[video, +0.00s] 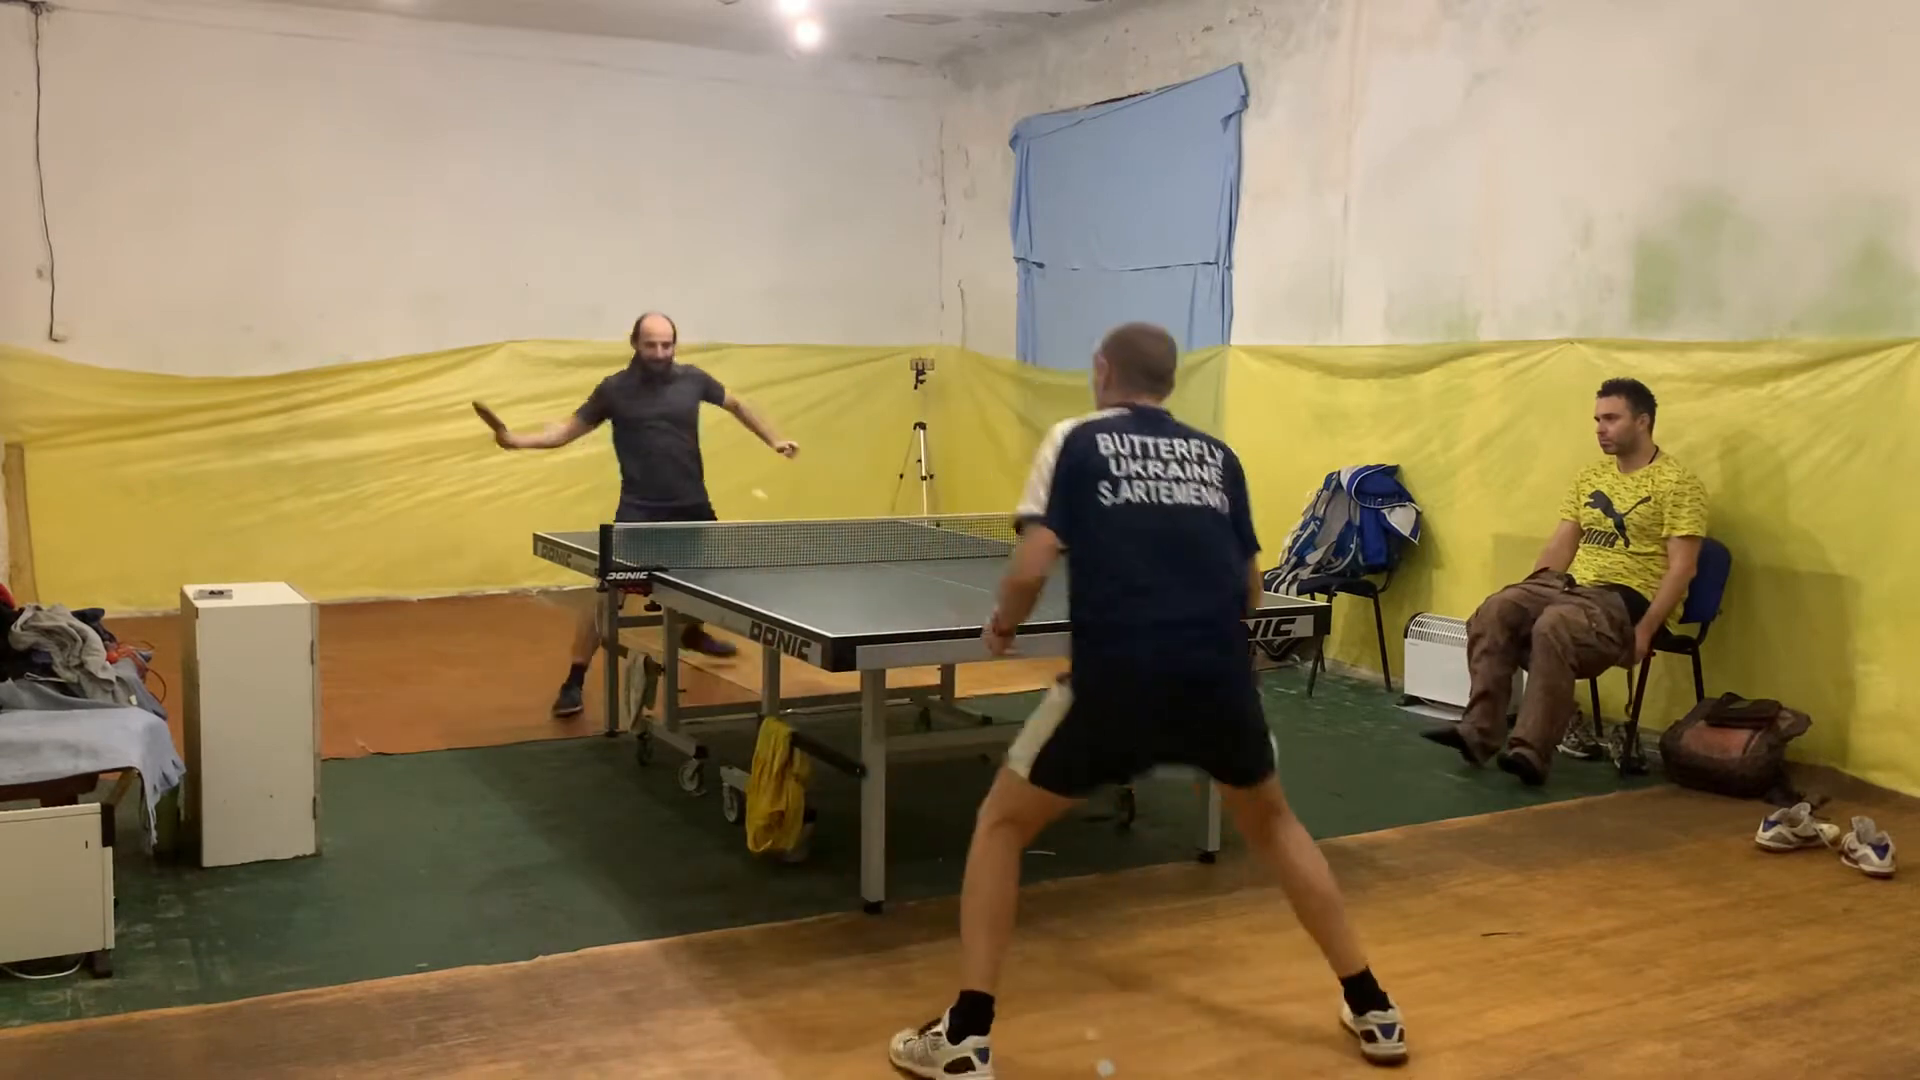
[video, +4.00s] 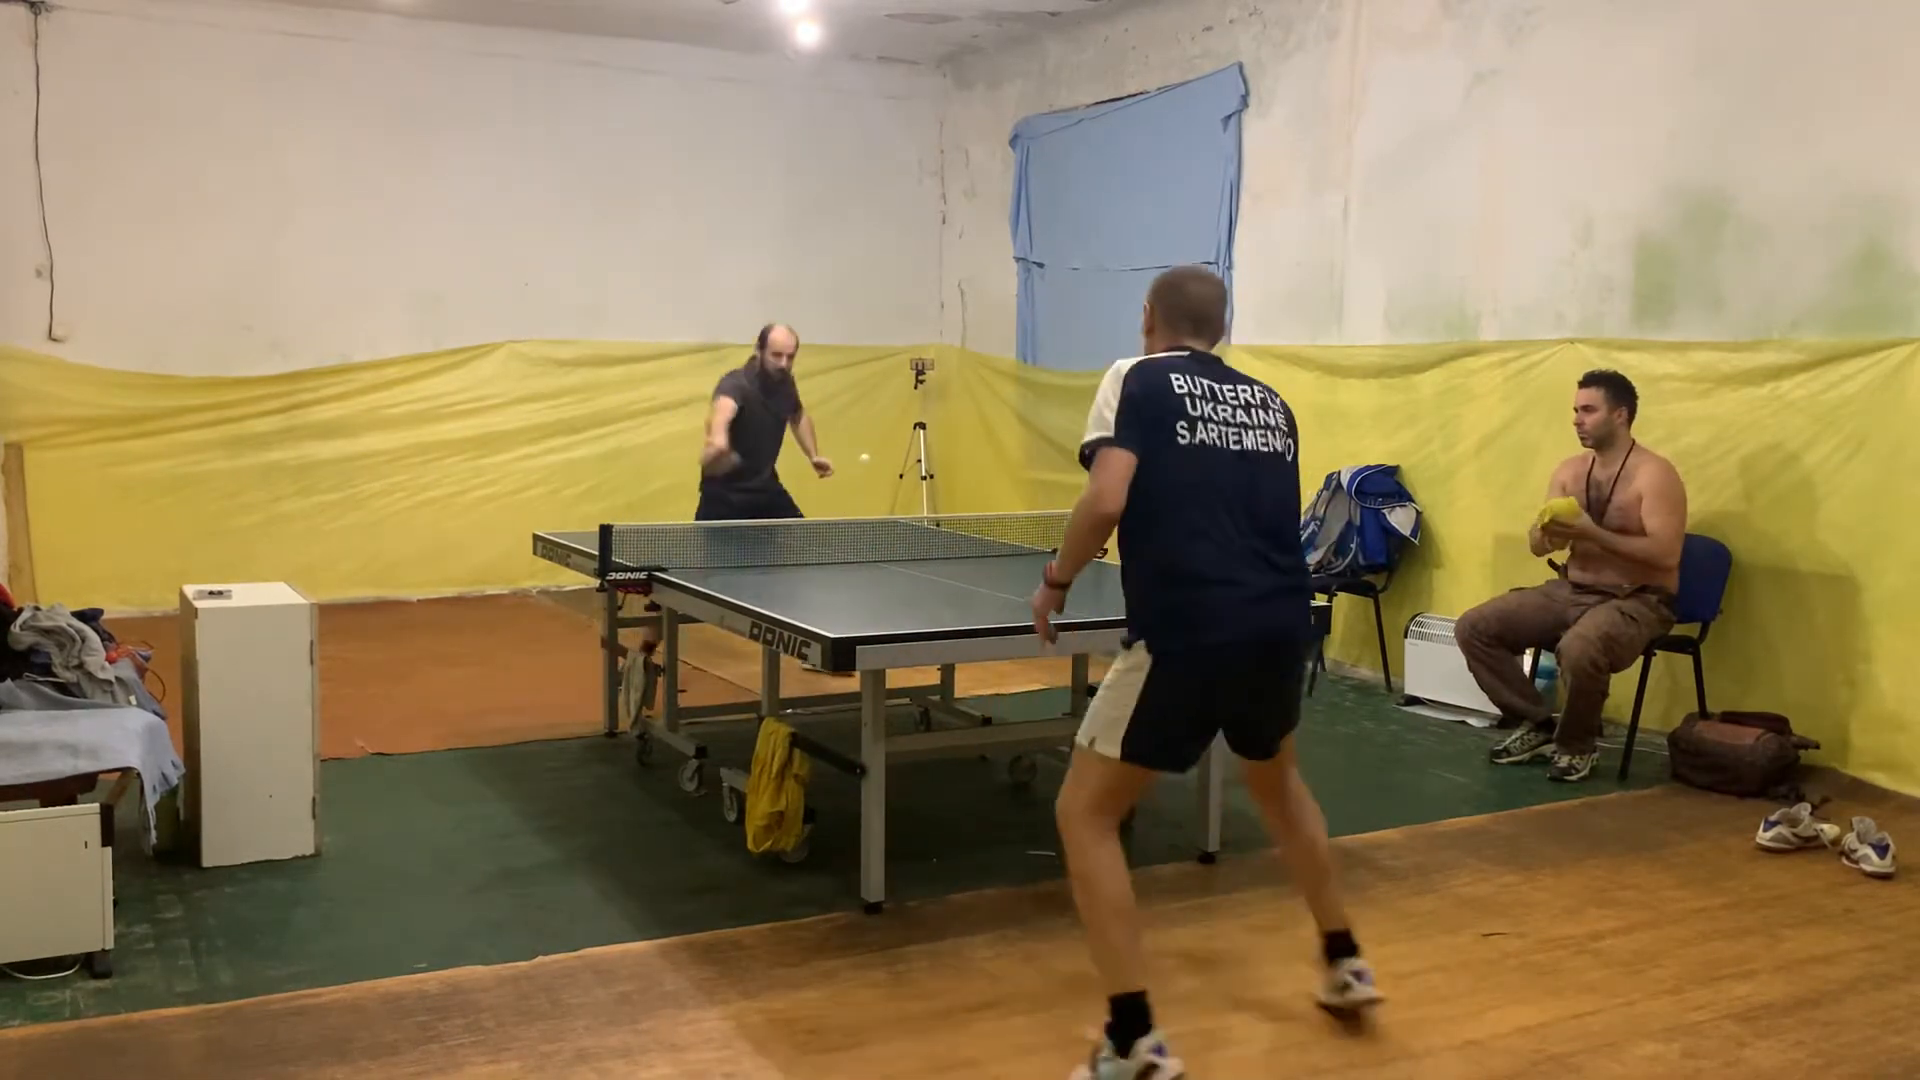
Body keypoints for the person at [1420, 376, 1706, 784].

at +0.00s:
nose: (1599, 429)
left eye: (1609, 419)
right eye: (1597, 420)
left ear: (1643, 421)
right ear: (1595, 422)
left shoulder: (1677, 483)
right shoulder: (1591, 477)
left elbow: (1683, 567)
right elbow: (1561, 544)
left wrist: (1645, 628)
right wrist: (1534, 589)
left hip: (1629, 597)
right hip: (1570, 588)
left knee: (1554, 627)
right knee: (1494, 613)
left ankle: (1531, 750)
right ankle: (1479, 732)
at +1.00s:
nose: (1595, 430)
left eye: (1605, 420)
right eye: (1592, 421)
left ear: (1638, 421)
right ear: (1590, 423)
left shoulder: (1675, 482)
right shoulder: (1588, 477)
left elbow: (1688, 565)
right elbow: (1560, 547)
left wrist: (1644, 623)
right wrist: (1531, 596)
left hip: (1631, 597)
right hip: (1572, 590)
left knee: (1553, 627)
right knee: (1492, 619)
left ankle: (1531, 751)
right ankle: (1487, 736)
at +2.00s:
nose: (1581, 414)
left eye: (1593, 405)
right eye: (1581, 405)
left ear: (1627, 412)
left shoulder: (1656, 471)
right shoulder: (1573, 466)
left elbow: (1649, 548)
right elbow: (1544, 533)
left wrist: (1583, 511)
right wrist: (1502, 514)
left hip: (1640, 600)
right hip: (1574, 592)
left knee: (1579, 649)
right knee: (1475, 630)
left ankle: (1577, 745)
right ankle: (1535, 722)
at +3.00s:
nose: (1577, 417)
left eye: (1588, 408)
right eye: (1576, 408)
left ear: (1623, 412)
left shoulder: (1654, 473)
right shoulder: (1571, 469)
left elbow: (1655, 550)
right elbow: (1549, 541)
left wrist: (1592, 517)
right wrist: (1536, 541)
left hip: (1638, 600)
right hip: (1573, 592)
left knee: (1579, 650)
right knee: (1475, 629)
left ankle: (1576, 746)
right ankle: (1535, 722)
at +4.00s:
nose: (1576, 419)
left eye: (1587, 410)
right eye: (1576, 410)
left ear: (1621, 415)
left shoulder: (1656, 475)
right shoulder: (1570, 471)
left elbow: (1665, 558)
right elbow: (1542, 544)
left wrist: (1589, 534)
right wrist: (1545, 536)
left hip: (1638, 599)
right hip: (1573, 591)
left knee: (1579, 649)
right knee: (1475, 629)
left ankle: (1577, 745)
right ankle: (1535, 721)